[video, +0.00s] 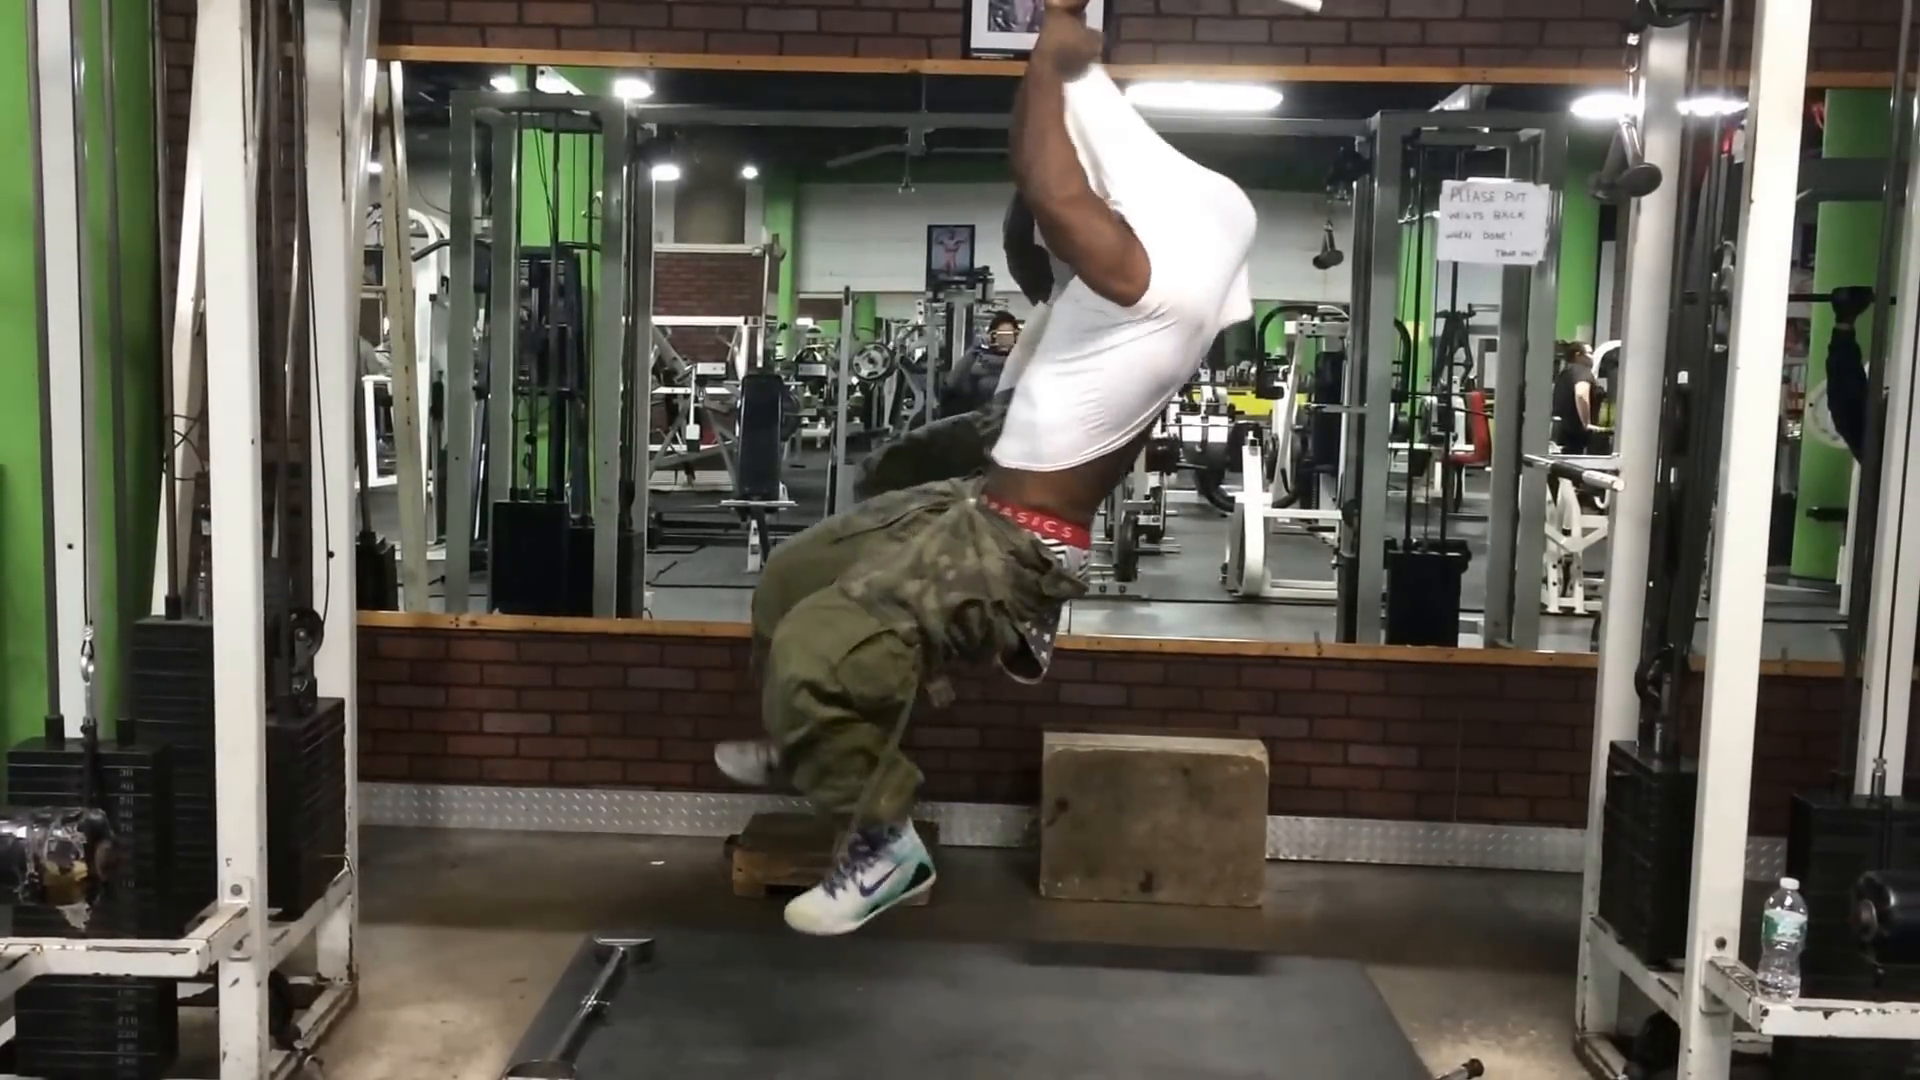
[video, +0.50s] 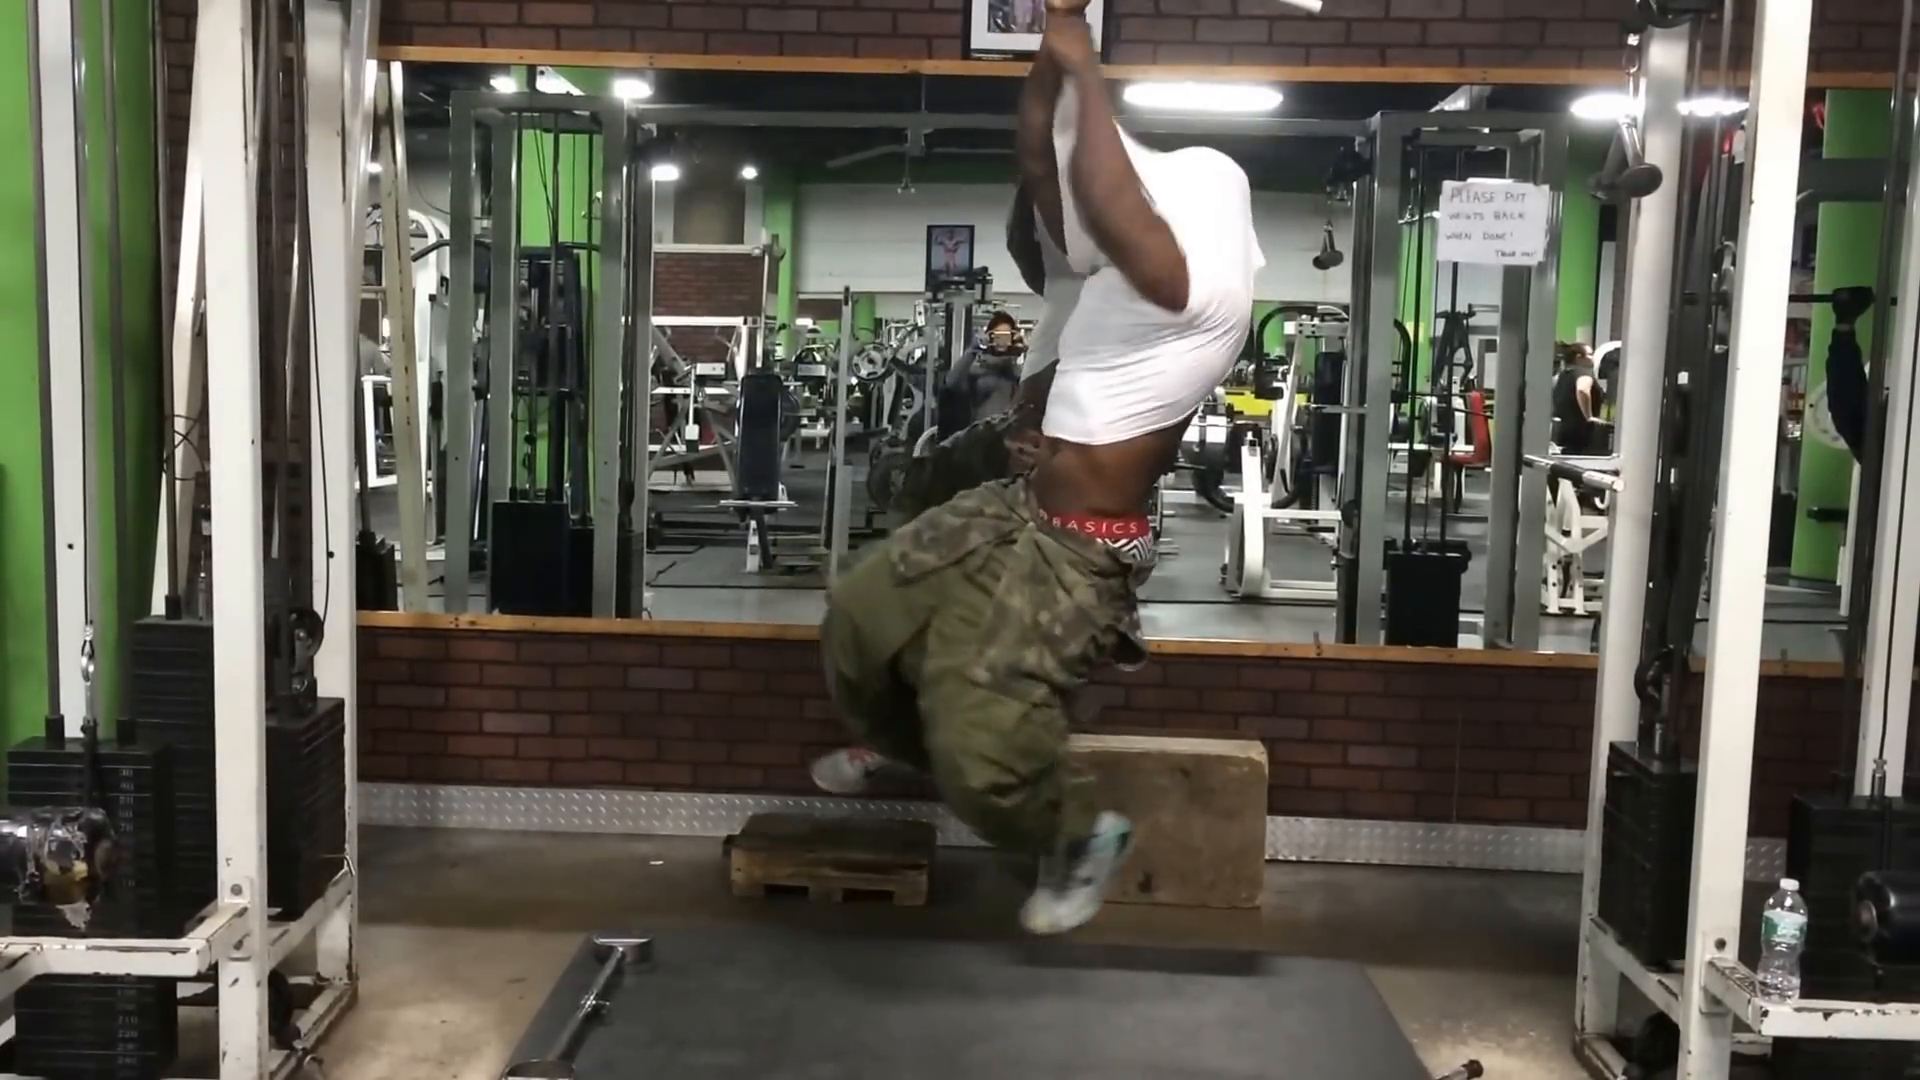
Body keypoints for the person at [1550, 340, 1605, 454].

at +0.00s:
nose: (1593, 357)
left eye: (1592, 353)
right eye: (1590, 353)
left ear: (1577, 355)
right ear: (1578, 355)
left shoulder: (1564, 372)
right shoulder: (1582, 370)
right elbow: (1581, 395)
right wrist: (1587, 423)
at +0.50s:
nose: (1593, 358)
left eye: (1592, 354)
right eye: (1590, 354)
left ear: (1576, 358)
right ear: (1579, 358)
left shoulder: (1560, 375)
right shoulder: (1585, 374)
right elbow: (1582, 391)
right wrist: (1589, 416)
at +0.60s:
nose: (1595, 359)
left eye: (1594, 355)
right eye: (1592, 355)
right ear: (1581, 358)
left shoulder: (1562, 374)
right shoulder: (1588, 371)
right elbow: (1585, 384)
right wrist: (1591, 410)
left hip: (1565, 428)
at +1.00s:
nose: (1601, 359)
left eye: (1600, 355)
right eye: (1598, 356)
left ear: (1583, 359)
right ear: (1588, 358)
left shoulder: (1574, 372)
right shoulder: (1591, 370)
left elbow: (1558, 390)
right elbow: (1585, 394)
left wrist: (1558, 415)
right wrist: (1589, 422)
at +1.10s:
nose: (1600, 359)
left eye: (1599, 355)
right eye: (1597, 355)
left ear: (1586, 358)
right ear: (1587, 358)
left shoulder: (1572, 375)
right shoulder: (1588, 375)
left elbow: (1558, 399)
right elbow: (1584, 400)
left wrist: (1556, 417)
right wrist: (1588, 429)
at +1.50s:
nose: (1600, 358)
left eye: (1598, 354)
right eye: (1596, 353)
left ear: (1584, 356)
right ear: (1585, 356)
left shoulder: (1566, 374)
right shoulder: (1590, 372)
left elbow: (1557, 391)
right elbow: (1586, 393)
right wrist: (1590, 420)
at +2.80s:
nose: (1596, 354)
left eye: (1595, 350)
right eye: (1593, 349)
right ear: (1582, 353)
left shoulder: (1565, 369)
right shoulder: (1585, 369)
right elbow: (1583, 383)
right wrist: (1590, 411)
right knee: (1618, 426)